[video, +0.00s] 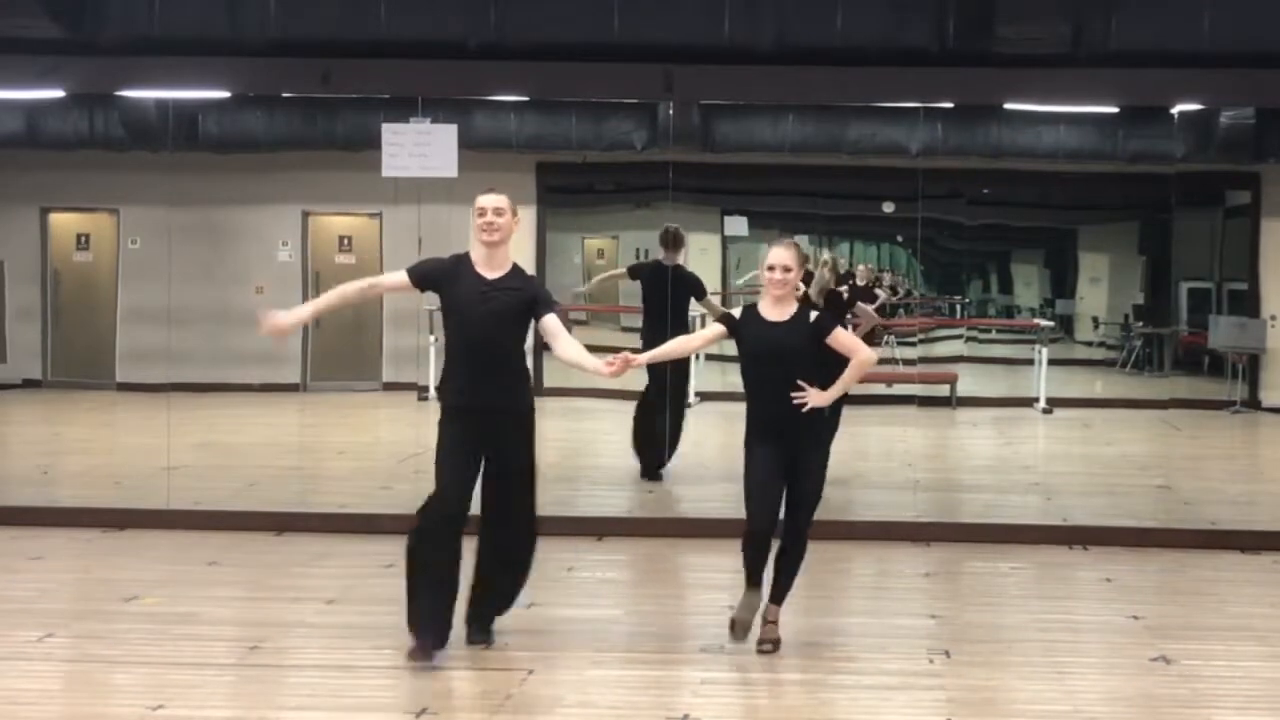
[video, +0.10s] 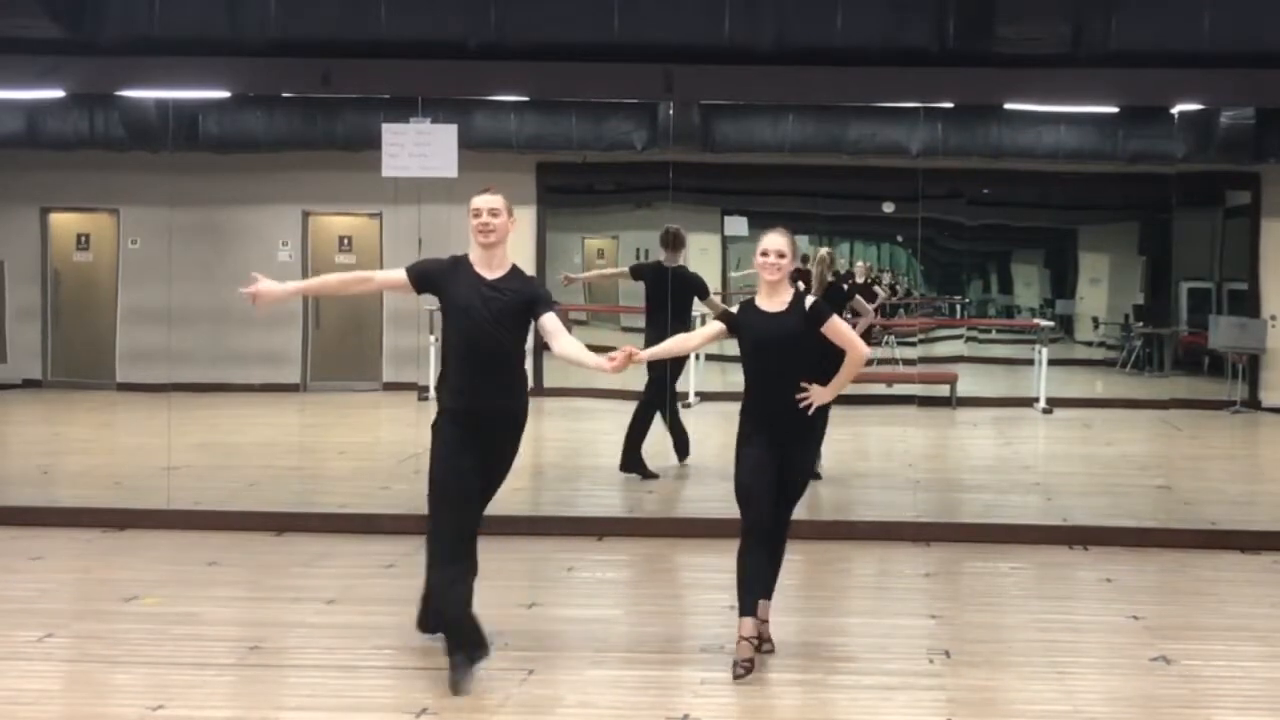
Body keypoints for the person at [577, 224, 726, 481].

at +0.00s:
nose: (679, 249)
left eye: (671, 245)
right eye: (681, 245)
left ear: (661, 245)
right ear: (683, 246)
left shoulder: (646, 269)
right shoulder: (688, 278)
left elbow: (609, 276)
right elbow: (712, 307)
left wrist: (588, 287)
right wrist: (729, 319)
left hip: (651, 344)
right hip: (679, 347)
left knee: (654, 393)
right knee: (674, 402)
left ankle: (646, 452)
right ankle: (659, 457)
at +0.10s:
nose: (675, 250)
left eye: (670, 245)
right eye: (680, 245)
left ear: (662, 246)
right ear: (683, 247)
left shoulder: (649, 270)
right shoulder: (691, 279)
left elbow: (611, 273)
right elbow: (715, 307)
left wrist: (578, 277)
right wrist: (734, 317)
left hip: (653, 345)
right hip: (679, 348)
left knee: (665, 397)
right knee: (652, 398)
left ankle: (681, 444)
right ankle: (631, 455)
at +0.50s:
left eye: (673, 242)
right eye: (687, 242)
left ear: (669, 245)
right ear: (690, 245)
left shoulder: (658, 268)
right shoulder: (700, 276)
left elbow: (619, 270)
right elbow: (721, 307)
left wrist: (583, 271)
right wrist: (737, 312)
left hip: (657, 341)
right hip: (684, 343)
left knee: (668, 396)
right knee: (664, 395)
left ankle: (676, 455)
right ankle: (641, 450)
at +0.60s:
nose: (679, 253)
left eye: (674, 248)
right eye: (686, 248)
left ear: (669, 249)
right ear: (690, 250)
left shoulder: (658, 274)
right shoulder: (700, 279)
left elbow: (620, 275)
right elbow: (720, 312)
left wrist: (587, 273)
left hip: (658, 346)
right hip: (686, 347)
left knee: (668, 396)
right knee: (684, 397)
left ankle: (677, 457)